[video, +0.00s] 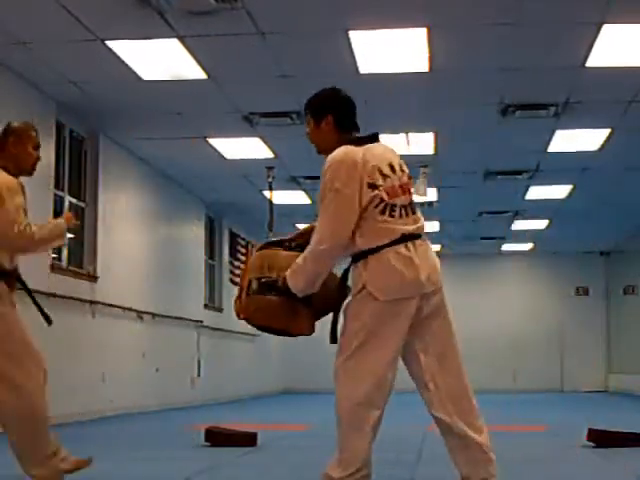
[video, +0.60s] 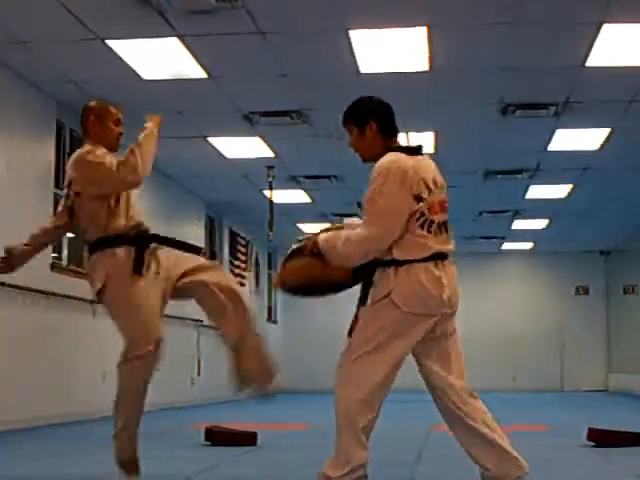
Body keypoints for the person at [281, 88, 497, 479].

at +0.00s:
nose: (309, 135)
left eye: (310, 126)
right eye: (308, 127)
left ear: (328, 122)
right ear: (346, 122)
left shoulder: (342, 161)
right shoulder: (387, 154)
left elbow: (333, 237)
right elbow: (372, 216)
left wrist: (297, 280)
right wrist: (316, 233)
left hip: (383, 272)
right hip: (423, 264)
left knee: (359, 377)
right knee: (442, 375)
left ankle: (350, 470)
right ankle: (479, 469)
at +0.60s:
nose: (351, 146)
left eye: (352, 136)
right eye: (349, 137)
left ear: (372, 129)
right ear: (381, 130)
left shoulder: (392, 168)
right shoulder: (425, 166)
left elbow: (375, 237)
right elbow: (399, 231)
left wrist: (324, 242)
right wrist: (345, 232)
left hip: (406, 283)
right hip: (439, 277)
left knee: (357, 375)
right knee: (450, 386)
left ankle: (347, 469)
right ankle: (506, 468)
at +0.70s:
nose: (375, 141)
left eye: (376, 131)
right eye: (373, 133)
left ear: (396, 125)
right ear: (406, 126)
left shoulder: (426, 159)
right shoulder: (438, 159)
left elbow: (409, 223)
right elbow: (417, 232)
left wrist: (364, 215)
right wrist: (366, 233)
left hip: (437, 280)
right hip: (462, 278)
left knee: (392, 382)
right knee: (470, 391)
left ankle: (352, 471)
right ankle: (509, 472)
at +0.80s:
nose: (395, 142)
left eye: (396, 132)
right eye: (393, 135)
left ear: (416, 125)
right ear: (421, 127)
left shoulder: (451, 153)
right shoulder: (442, 163)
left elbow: (442, 214)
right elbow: (439, 239)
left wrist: (392, 217)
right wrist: (393, 257)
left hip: (470, 271)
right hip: (483, 270)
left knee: (426, 369)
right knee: (481, 385)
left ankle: (403, 467)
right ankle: (508, 471)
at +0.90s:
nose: (410, 144)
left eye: (410, 134)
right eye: (406, 136)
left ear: (428, 125)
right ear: (434, 125)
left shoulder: (469, 149)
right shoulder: (460, 160)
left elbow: (466, 205)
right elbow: (463, 226)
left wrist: (405, 227)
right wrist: (413, 242)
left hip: (495, 266)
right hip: (500, 265)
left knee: (462, 363)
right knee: (499, 368)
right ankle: (509, 464)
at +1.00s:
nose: (426, 147)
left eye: (425, 137)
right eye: (422, 140)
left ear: (442, 123)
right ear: (444, 125)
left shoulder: (485, 146)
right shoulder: (470, 160)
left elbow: (488, 209)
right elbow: (480, 221)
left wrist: (434, 235)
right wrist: (433, 239)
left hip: (517, 263)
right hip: (499, 269)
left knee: (507, 368)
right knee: (496, 376)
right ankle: (509, 472)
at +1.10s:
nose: (441, 146)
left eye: (440, 135)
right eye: (437, 138)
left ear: (459, 121)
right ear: (460, 123)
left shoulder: (502, 148)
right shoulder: (488, 158)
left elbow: (503, 218)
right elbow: (498, 220)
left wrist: (451, 255)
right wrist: (451, 218)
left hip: (539, 263)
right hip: (516, 270)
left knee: (549, 365)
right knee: (511, 381)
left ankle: (628, 457)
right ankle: (510, 473)